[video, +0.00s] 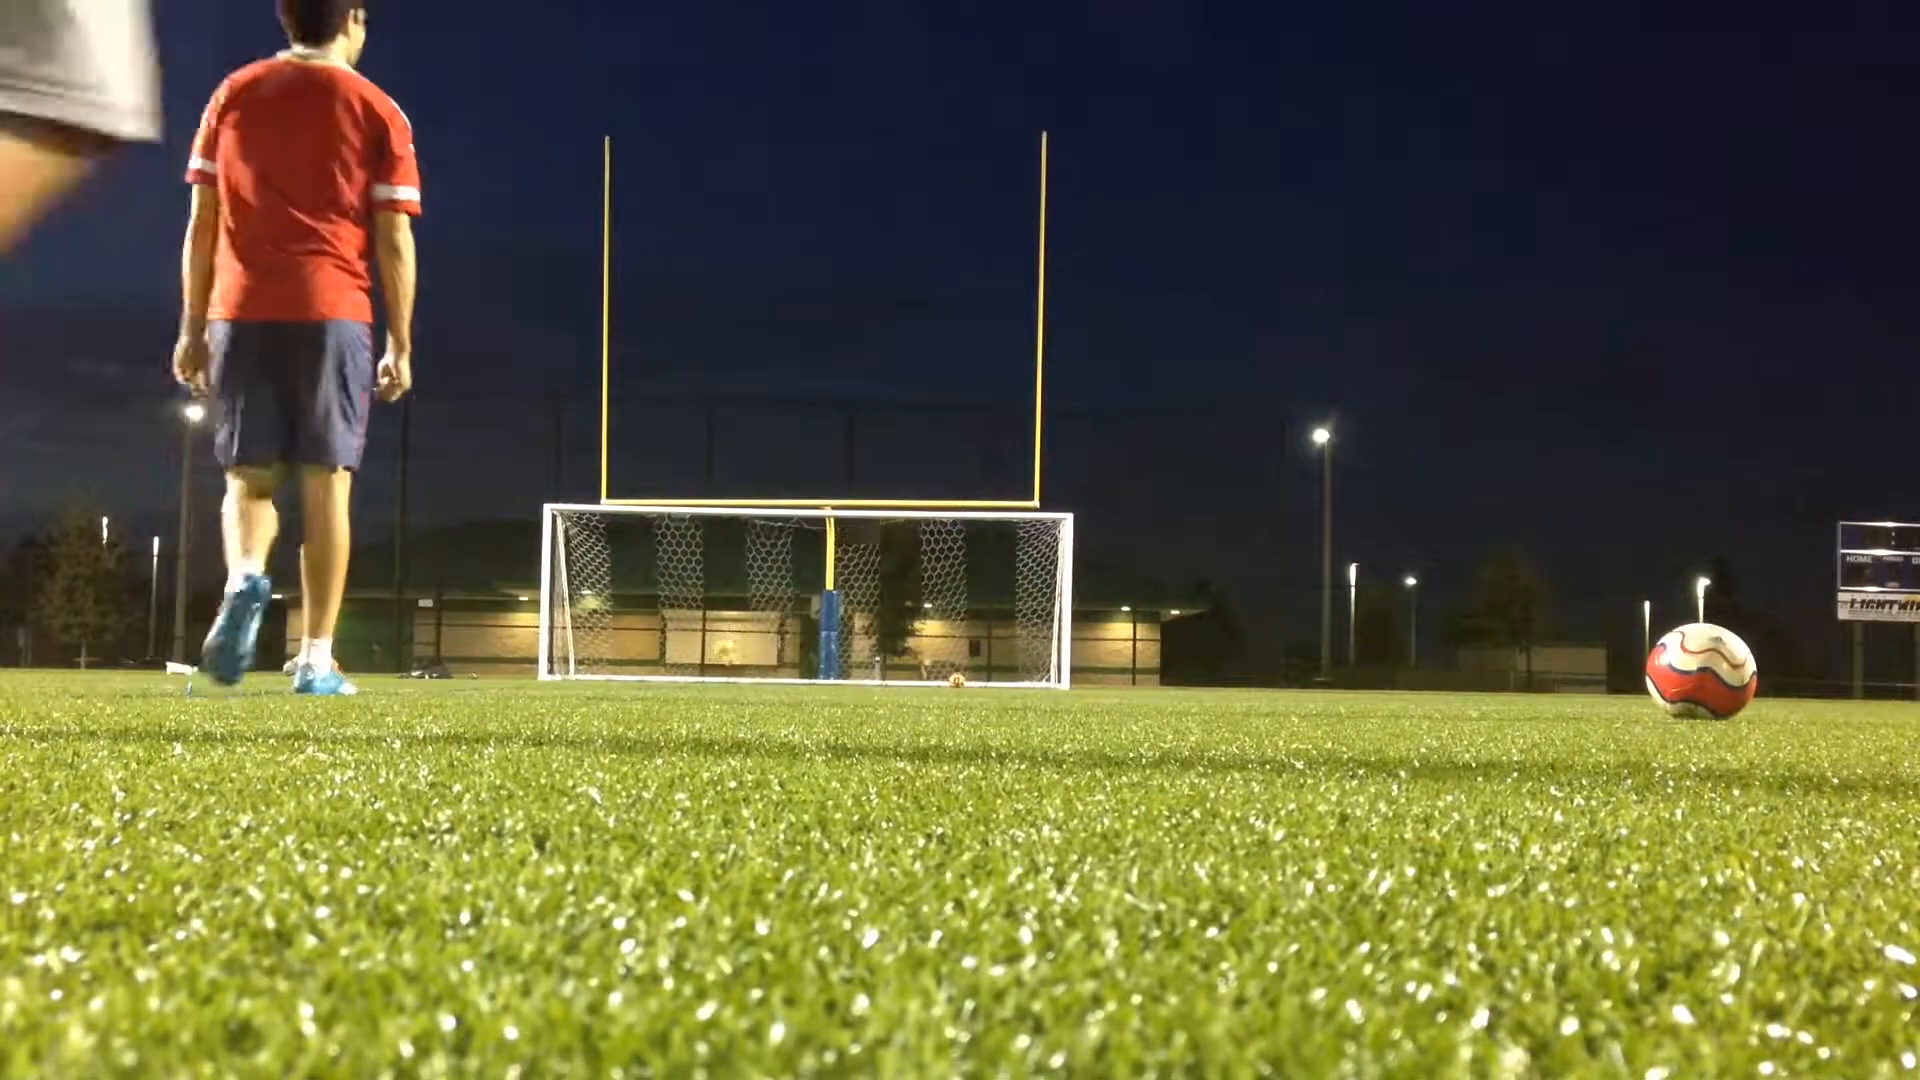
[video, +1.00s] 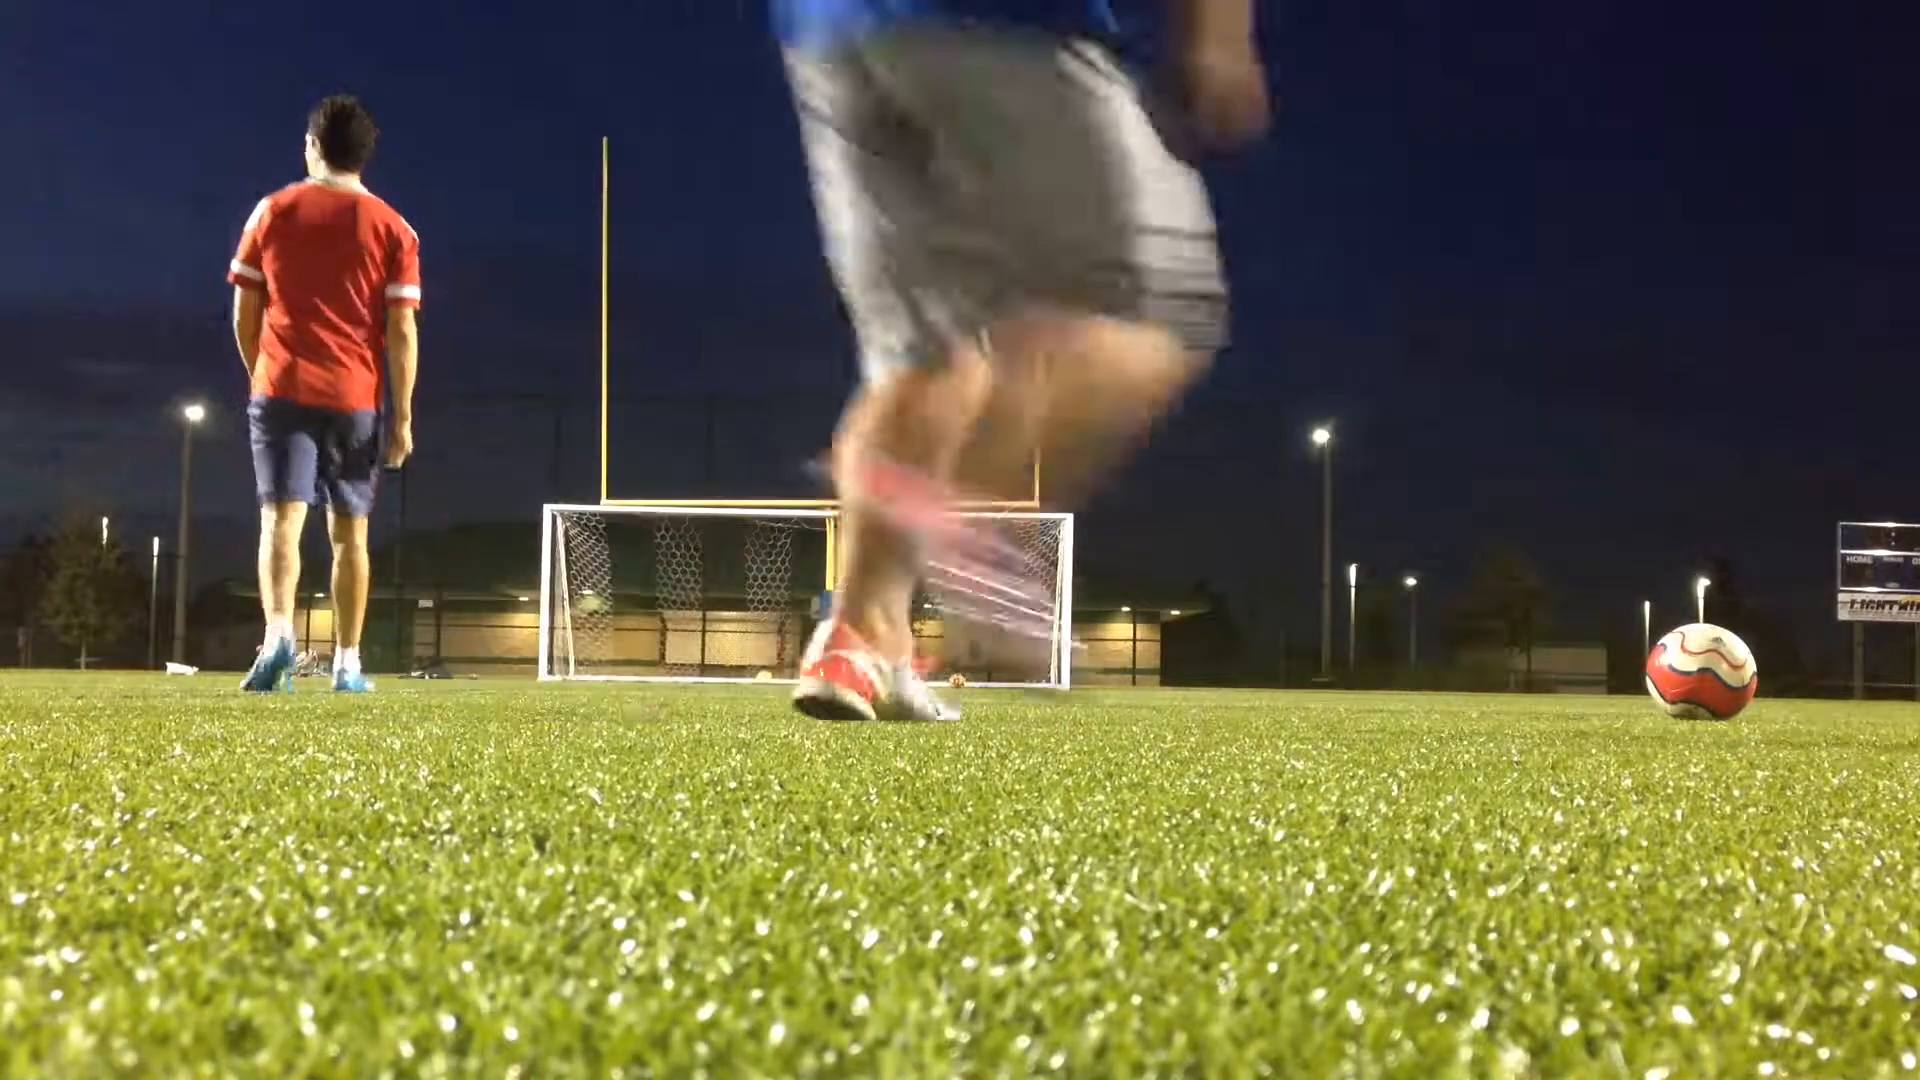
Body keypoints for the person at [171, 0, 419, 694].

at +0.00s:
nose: (364, 34)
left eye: (360, 23)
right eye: (363, 23)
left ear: (287, 22)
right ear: (351, 23)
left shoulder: (233, 92)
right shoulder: (378, 109)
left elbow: (203, 221)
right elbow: (393, 237)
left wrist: (192, 325)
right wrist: (400, 339)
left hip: (242, 316)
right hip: (334, 319)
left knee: (248, 477)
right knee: (326, 483)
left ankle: (245, 579)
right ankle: (315, 661)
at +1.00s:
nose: (305, 150)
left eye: (307, 142)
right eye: (311, 142)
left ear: (313, 148)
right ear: (367, 153)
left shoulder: (274, 210)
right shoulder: (393, 228)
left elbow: (245, 312)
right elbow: (401, 331)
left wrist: (262, 375)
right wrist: (402, 416)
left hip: (279, 387)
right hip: (354, 396)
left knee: (280, 519)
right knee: (349, 534)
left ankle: (278, 638)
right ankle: (347, 664)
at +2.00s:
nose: (308, 236)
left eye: (308, 230)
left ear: (309, 234)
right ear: (356, 237)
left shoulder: (281, 286)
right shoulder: (383, 298)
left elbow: (255, 372)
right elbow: (390, 382)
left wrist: (266, 426)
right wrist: (388, 452)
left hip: (293, 431)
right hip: (351, 438)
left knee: (304, 545)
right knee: (339, 555)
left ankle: (311, 654)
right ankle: (330, 658)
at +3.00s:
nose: (289, 296)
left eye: (288, 291)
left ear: (290, 294)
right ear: (328, 295)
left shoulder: (267, 340)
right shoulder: (354, 346)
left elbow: (247, 415)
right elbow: (370, 417)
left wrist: (258, 459)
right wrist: (375, 477)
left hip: (278, 461)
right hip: (331, 466)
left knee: (285, 564)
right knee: (325, 571)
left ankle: (290, 661)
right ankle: (322, 659)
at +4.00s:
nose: (329, 347)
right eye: (329, 341)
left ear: (294, 344)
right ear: (329, 344)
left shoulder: (272, 384)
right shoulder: (348, 388)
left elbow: (257, 453)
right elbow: (358, 449)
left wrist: (270, 487)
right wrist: (362, 502)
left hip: (280, 492)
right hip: (326, 495)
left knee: (279, 575)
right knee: (324, 578)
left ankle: (274, 663)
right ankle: (318, 661)